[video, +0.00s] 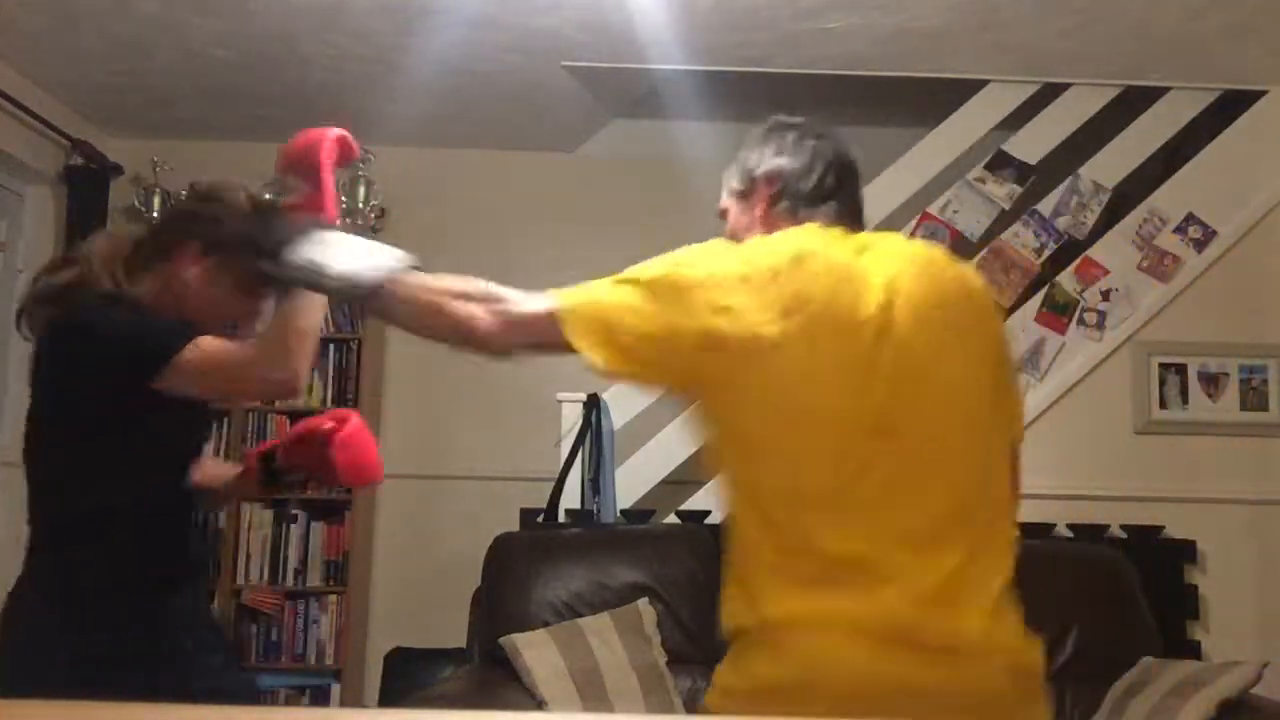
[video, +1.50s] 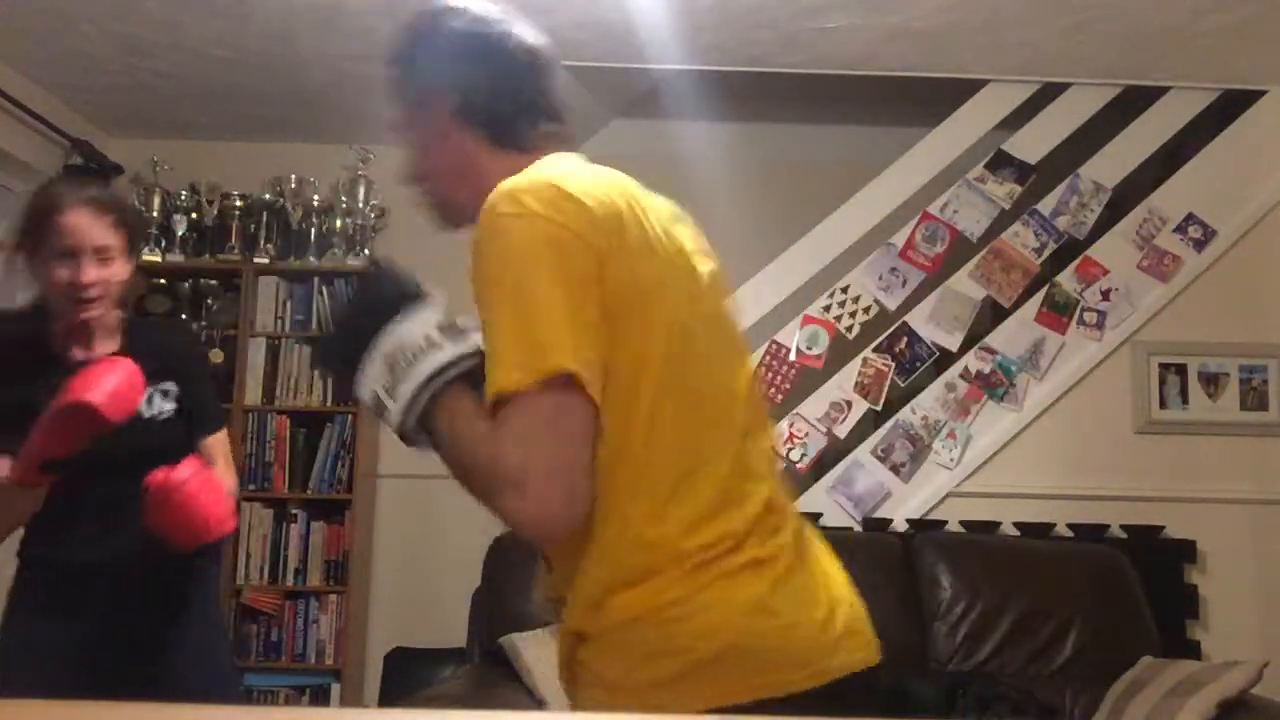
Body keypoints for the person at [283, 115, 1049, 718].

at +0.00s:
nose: (724, 233)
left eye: (726, 215)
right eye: (725, 217)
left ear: (765, 199)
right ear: (850, 205)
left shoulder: (728, 281)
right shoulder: (971, 292)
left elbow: (496, 320)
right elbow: (1002, 494)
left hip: (798, 679)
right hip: (987, 681)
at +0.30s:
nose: (758, 170)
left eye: (760, 152)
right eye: (758, 154)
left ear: (795, 135)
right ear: (883, 141)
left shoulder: (774, 207)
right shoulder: (1002, 229)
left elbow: (697, 397)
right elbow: (1034, 394)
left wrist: (625, 323)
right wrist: (786, 390)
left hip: (845, 656)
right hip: (1042, 654)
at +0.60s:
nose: (729, 172)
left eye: (732, 155)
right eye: (729, 159)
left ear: (762, 147)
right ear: (864, 153)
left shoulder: (716, 225)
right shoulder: (971, 229)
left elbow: (495, 295)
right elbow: (1027, 377)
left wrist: (439, 258)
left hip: (815, 661)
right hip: (1021, 663)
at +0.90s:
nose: (410, 180)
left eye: (415, 144)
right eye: (408, 147)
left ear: (463, 134)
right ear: (474, 135)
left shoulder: (570, 226)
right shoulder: (605, 215)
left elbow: (539, 521)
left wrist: (411, 373)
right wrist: (425, 323)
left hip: (767, 686)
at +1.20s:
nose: (303, 184)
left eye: (301, 147)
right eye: (293, 152)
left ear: (370, 127)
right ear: (370, 129)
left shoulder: (570, 233)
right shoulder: (443, 286)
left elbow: (573, 531)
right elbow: (500, 516)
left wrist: (393, 351)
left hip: (703, 684)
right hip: (578, 678)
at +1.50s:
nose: (408, 169)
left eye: (410, 133)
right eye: (406, 138)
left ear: (447, 114)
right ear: (529, 106)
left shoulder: (529, 207)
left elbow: (543, 498)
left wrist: (412, 366)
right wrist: (452, 365)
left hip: (695, 680)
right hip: (815, 653)